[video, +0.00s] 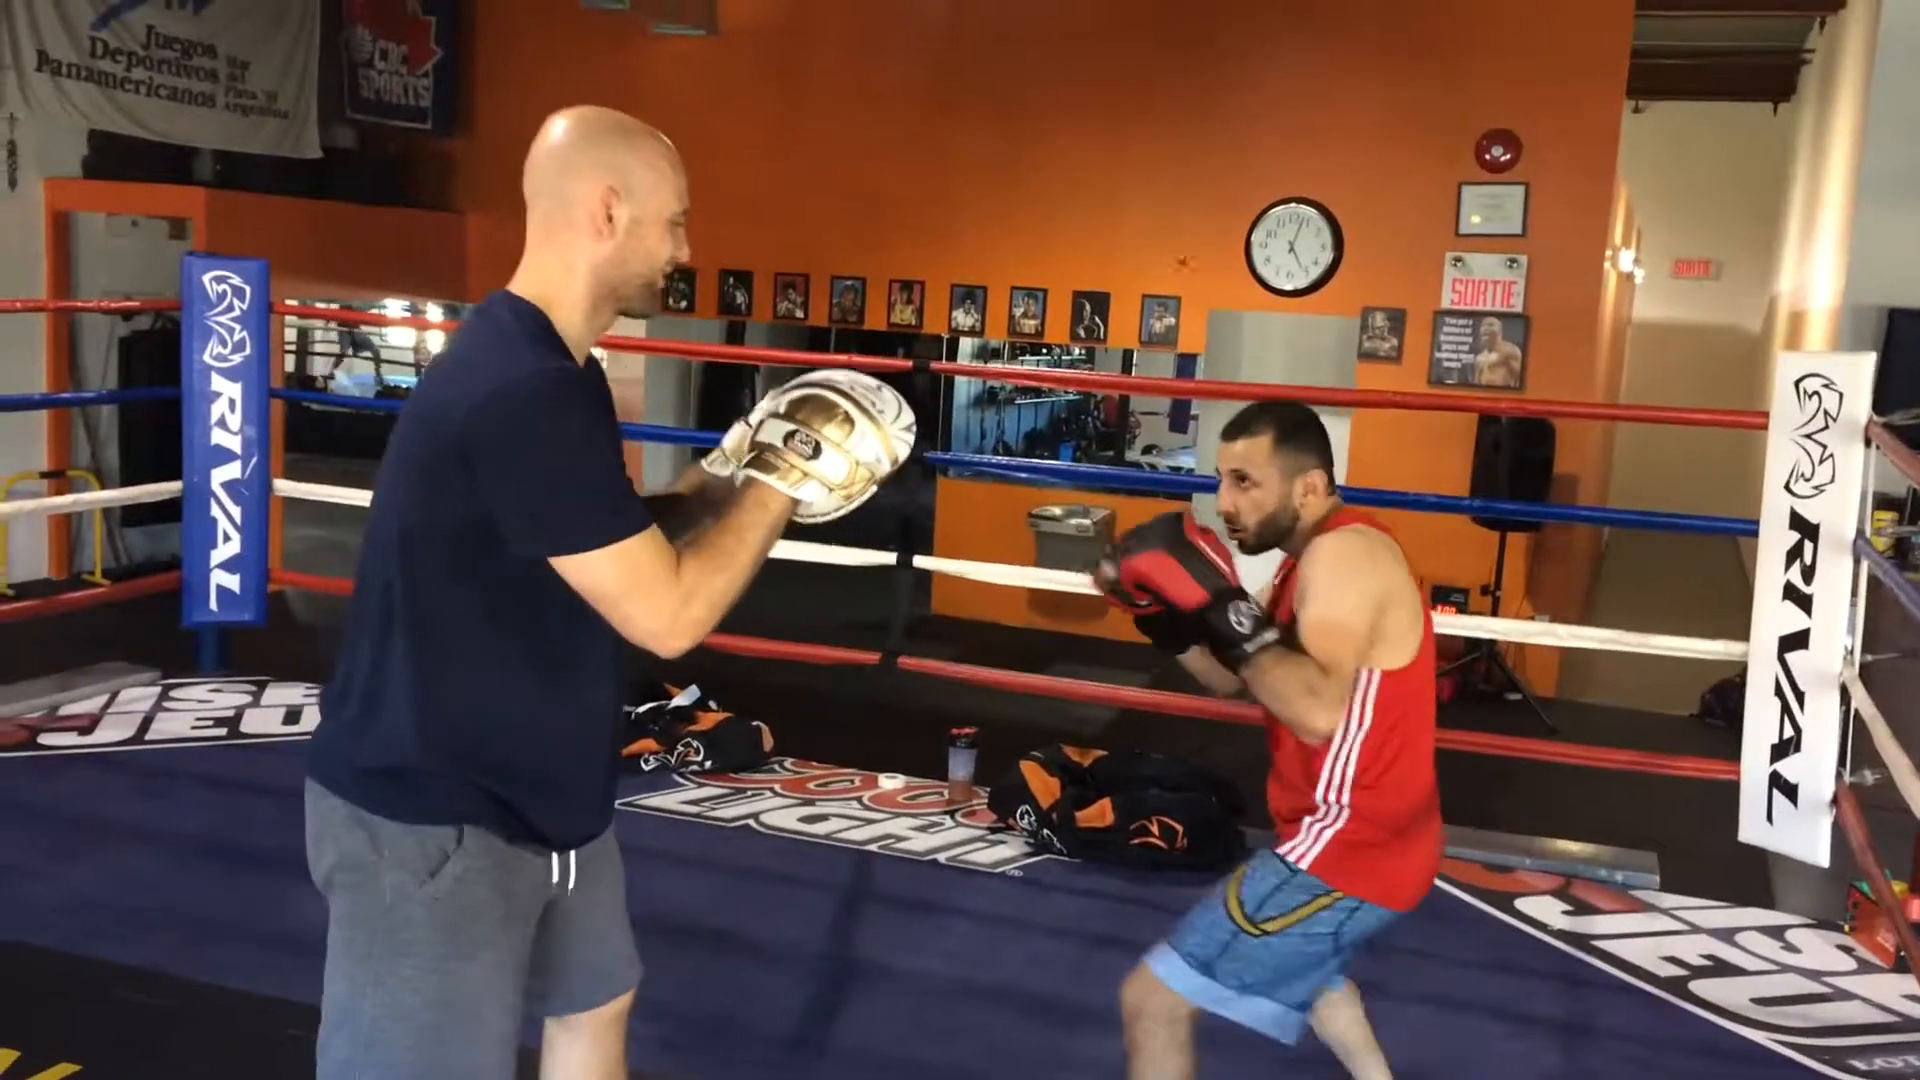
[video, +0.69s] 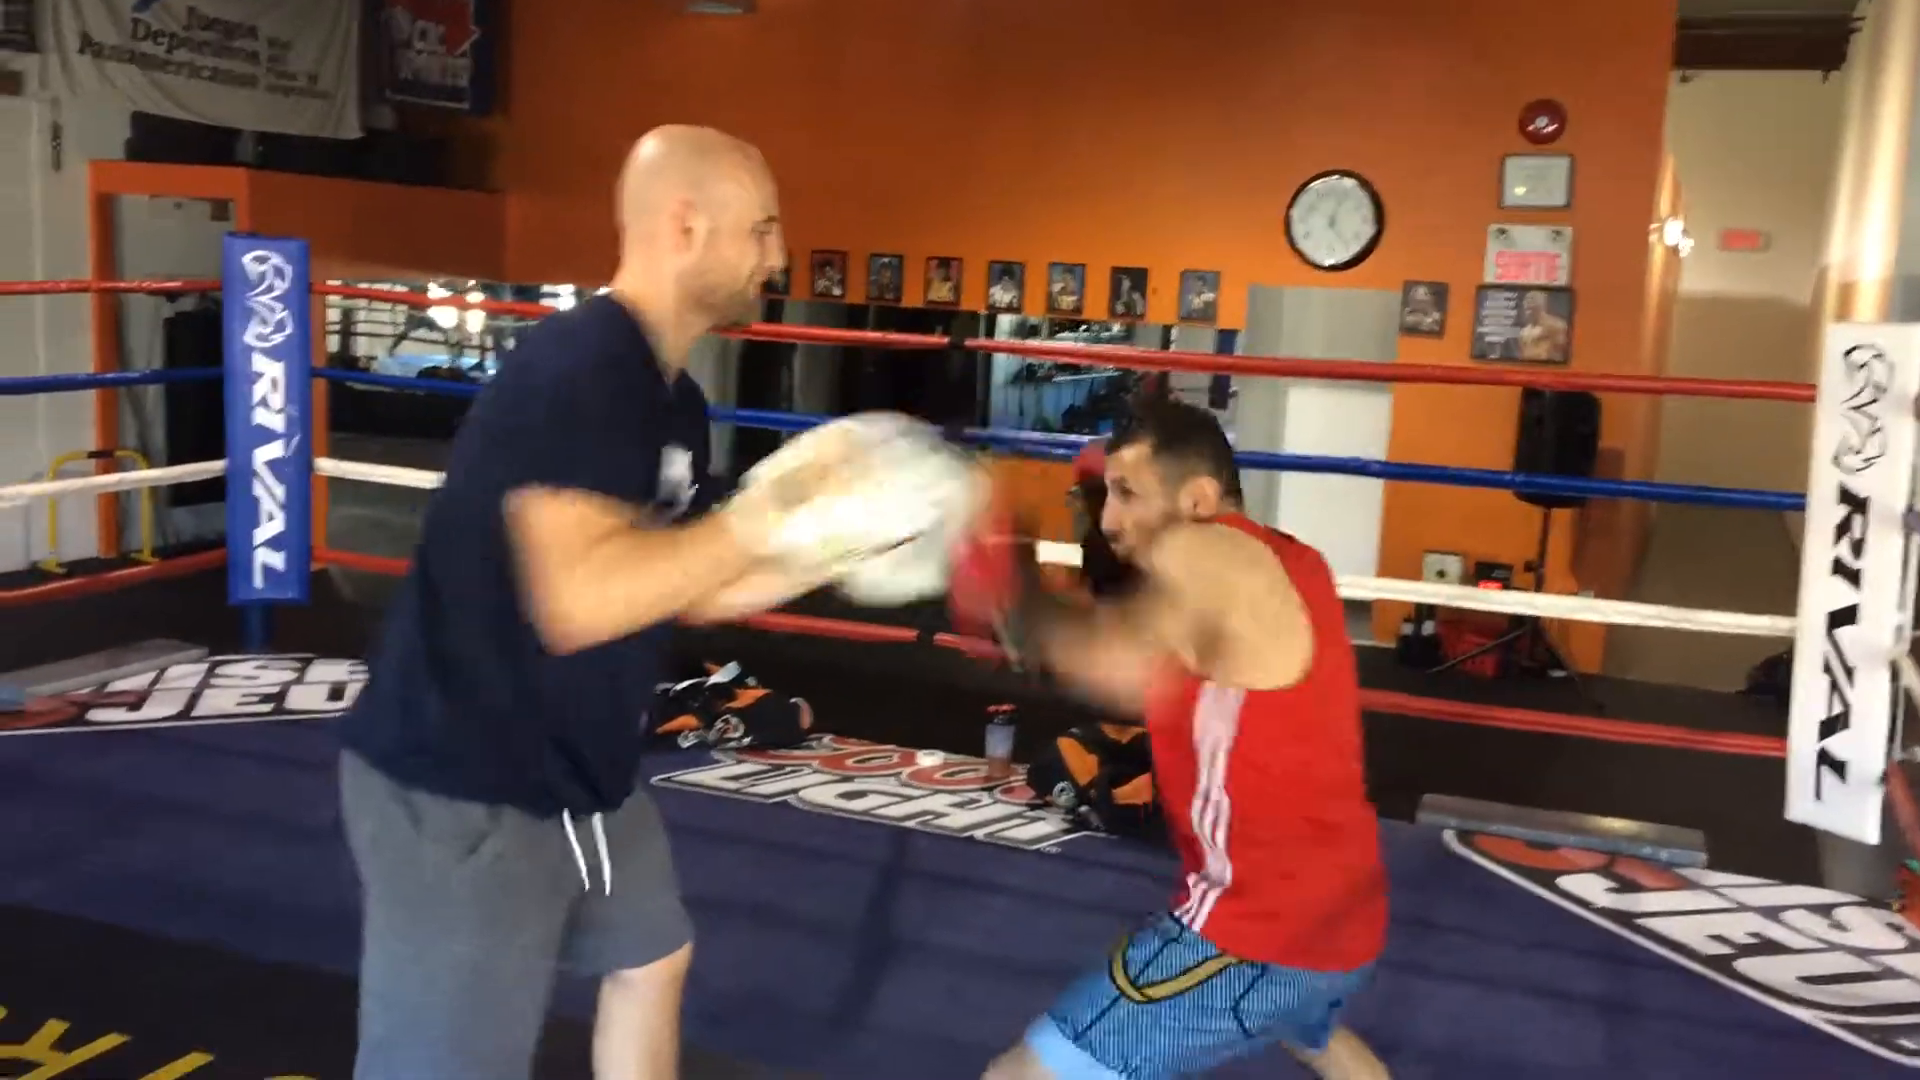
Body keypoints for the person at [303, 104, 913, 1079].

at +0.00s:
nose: (684, 254)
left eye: (684, 227)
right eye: (674, 223)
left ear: (597, 216)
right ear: (604, 214)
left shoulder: (559, 370)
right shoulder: (516, 381)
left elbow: (575, 553)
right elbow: (668, 614)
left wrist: (701, 495)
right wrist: (783, 485)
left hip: (543, 788)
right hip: (433, 807)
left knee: (593, 998)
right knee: (426, 1061)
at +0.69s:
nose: (776, 261)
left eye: (775, 235)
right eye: (761, 232)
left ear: (686, 229)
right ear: (684, 226)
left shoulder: (676, 401)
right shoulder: (571, 367)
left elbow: (668, 592)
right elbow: (572, 600)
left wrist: (821, 558)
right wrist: (756, 519)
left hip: (583, 772)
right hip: (456, 787)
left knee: (650, 957)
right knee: (445, 1060)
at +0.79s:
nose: (820, 246)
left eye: (820, 221)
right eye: (805, 220)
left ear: (720, 218)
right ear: (724, 213)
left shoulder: (672, 334)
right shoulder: (679, 337)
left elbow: (648, 517)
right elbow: (856, 507)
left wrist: (746, 591)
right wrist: (1032, 459)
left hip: (607, 735)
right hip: (497, 743)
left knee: (664, 942)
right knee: (441, 1048)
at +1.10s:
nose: (938, 251)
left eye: (943, 227)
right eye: (926, 222)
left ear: (834, 200)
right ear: (849, 200)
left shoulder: (735, 296)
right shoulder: (856, 341)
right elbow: (850, 536)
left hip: (675, 689)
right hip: (602, 695)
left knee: (715, 905)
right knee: (569, 1010)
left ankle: (705, 1077)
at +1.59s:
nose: (883, 163)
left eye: (883, 138)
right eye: (874, 137)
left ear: (786, 127)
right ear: (815, 130)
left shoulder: (706, 249)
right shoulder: (747, 273)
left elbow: (675, 462)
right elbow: (808, 534)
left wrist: (756, 565)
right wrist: (927, 579)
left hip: (672, 638)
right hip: (569, 644)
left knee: (706, 853)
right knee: (549, 954)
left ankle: (711, 1069)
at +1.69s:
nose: (815, 153)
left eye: (815, 128)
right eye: (808, 127)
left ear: (718, 119)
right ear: (744, 120)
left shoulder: (674, 260)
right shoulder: (657, 268)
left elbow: (680, 517)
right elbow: (683, 536)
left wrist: (824, 610)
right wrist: (858, 616)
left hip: (636, 658)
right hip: (527, 669)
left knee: (705, 854)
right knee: (505, 977)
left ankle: (706, 1071)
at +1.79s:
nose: (744, 145)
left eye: (742, 118)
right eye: (733, 115)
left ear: (649, 115)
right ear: (664, 114)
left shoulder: (620, 277)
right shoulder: (553, 281)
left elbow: (619, 478)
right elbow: (551, 552)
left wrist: (719, 545)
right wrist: (750, 637)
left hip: (581, 660)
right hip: (454, 677)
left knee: (647, 888)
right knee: (463, 986)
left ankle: (693, 1070)